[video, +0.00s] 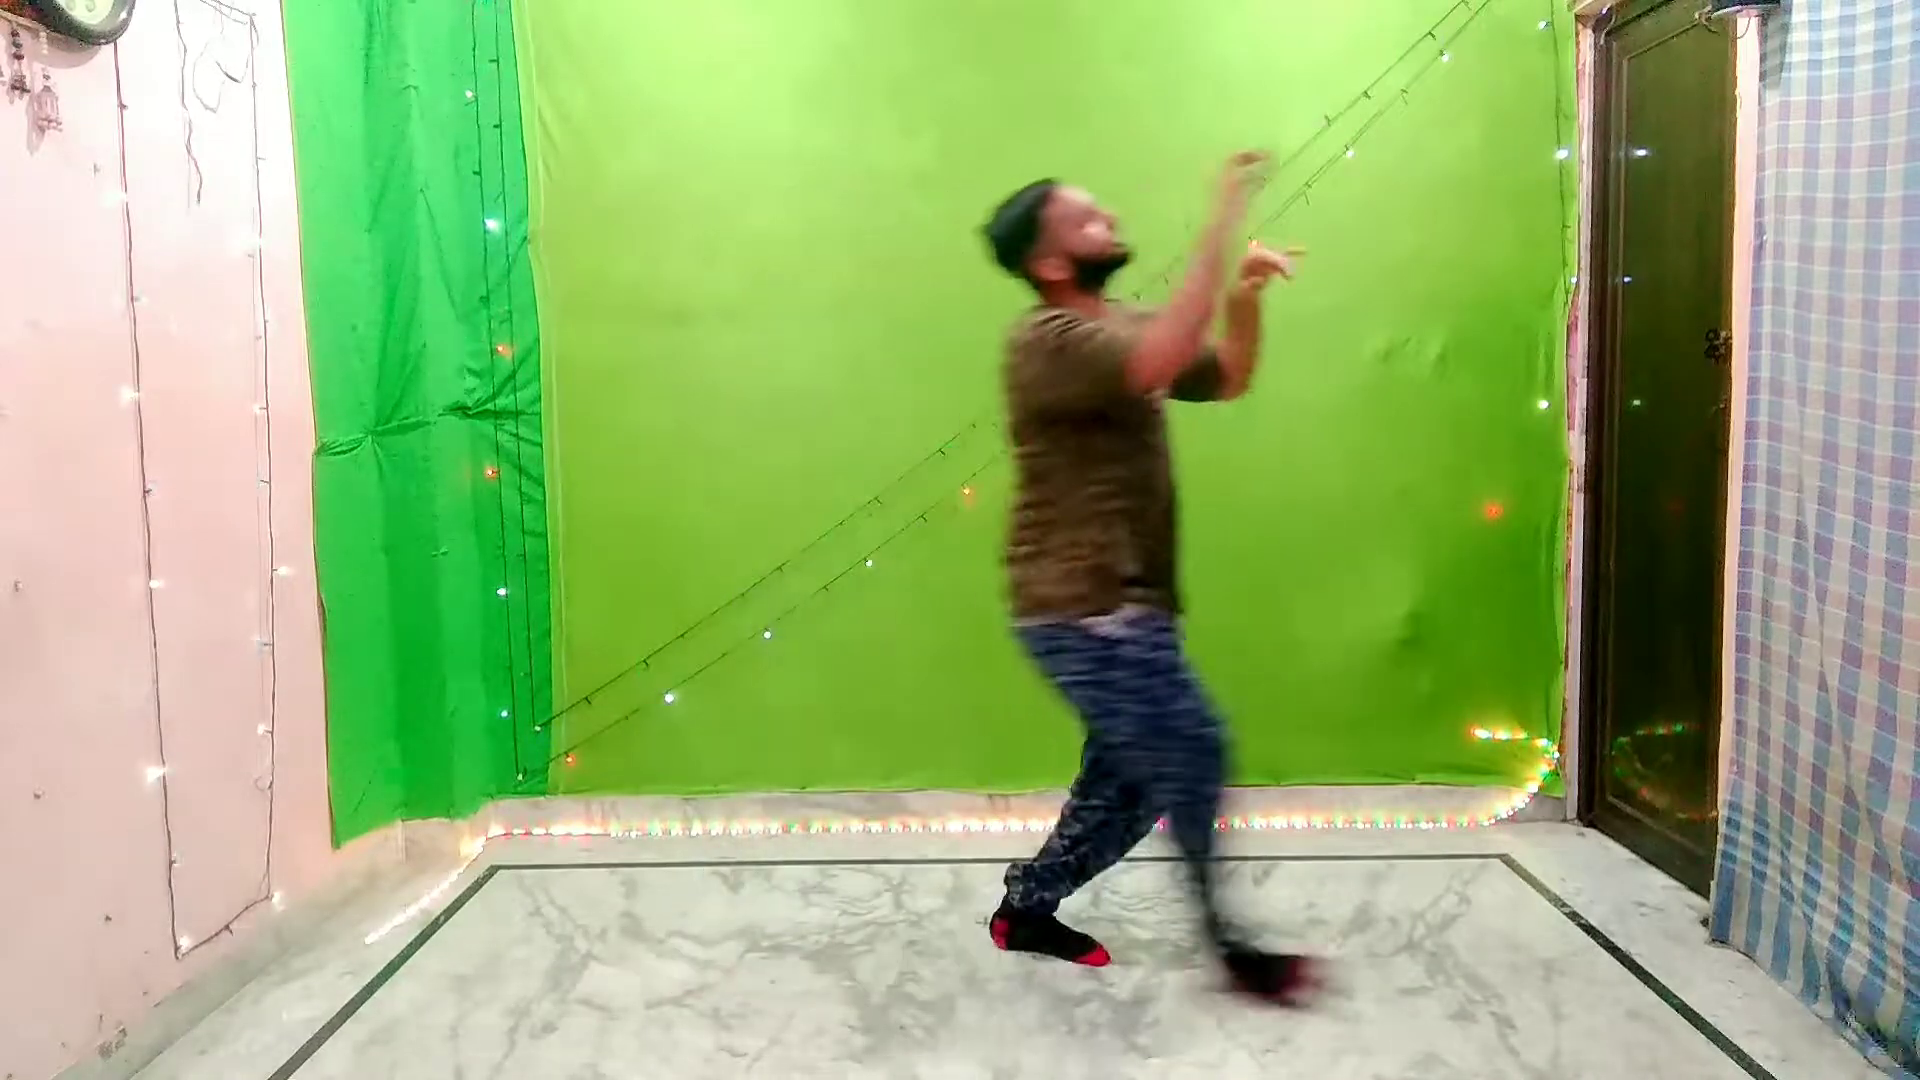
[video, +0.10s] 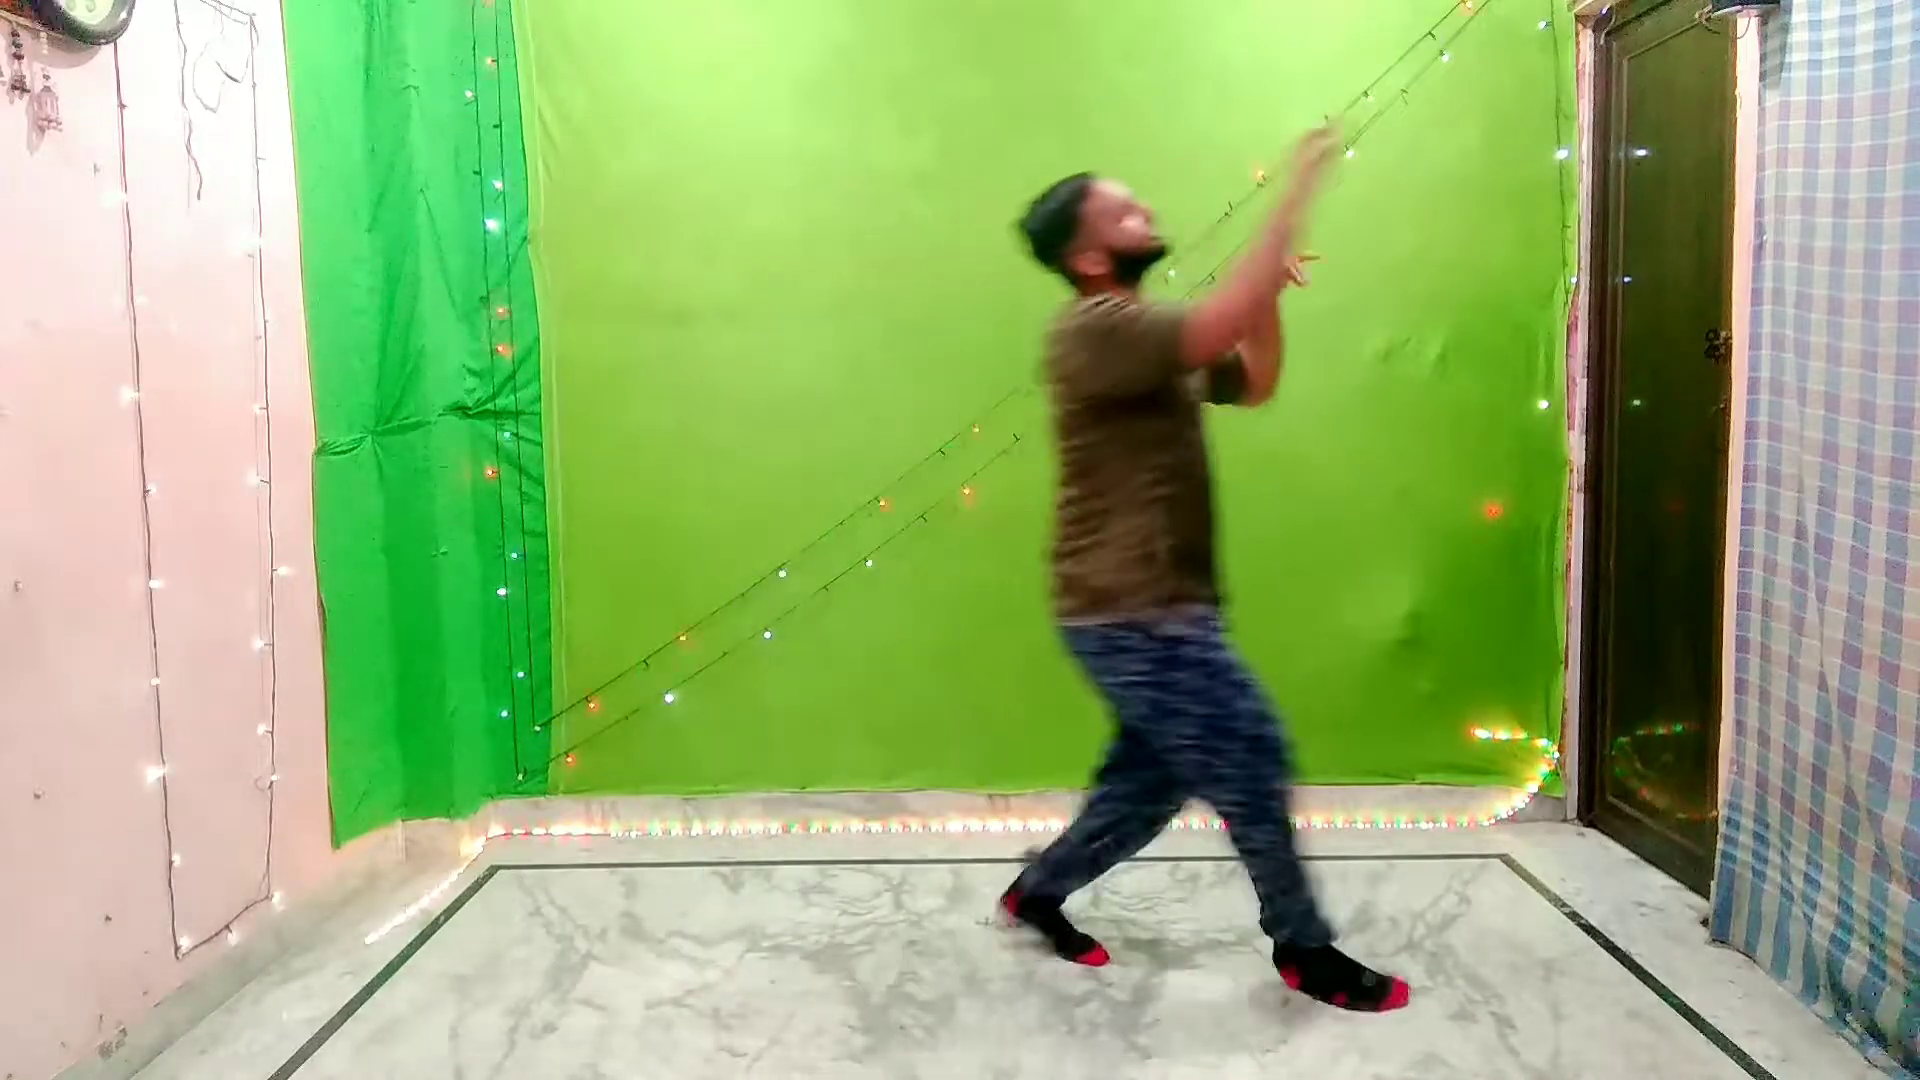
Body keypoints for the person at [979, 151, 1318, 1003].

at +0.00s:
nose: (1105, 219)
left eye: (1095, 208)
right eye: (1083, 216)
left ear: (1064, 258)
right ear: (1048, 260)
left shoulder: (1122, 326)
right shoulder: (1049, 341)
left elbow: (1225, 377)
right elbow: (1158, 358)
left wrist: (1245, 296)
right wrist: (1222, 224)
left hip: (1130, 604)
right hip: (1080, 610)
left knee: (1133, 774)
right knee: (1190, 745)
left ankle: (1030, 908)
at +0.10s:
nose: (1142, 209)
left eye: (1131, 198)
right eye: (1120, 206)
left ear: (1101, 247)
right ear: (1086, 248)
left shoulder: (1138, 329)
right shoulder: (1093, 332)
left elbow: (1250, 381)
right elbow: (1216, 326)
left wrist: (1265, 292)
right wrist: (1297, 193)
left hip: (1163, 606)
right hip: (1131, 611)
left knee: (1156, 773)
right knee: (1246, 750)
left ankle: (1038, 895)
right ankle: (1304, 948)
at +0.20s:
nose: (1195, 204)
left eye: (1183, 195)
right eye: (1174, 201)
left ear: (1140, 245)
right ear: (1140, 240)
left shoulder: (1176, 320)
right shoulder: (1170, 302)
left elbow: (1278, 421)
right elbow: (1310, 222)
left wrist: (1272, 312)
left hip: (1195, 604)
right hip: (1202, 603)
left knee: (1267, 765)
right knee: (1313, 765)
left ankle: (1141, 860)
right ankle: (1309, 952)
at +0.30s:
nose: (1229, 201)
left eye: (1215, 190)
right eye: (1208, 197)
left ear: (1173, 243)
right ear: (1174, 236)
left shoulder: (1210, 309)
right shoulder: (1197, 297)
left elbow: (1308, 410)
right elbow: (1345, 206)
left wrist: (1298, 300)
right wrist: (1477, 107)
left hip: (1258, 589)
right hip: (1215, 603)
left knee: (1364, 703)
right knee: (1332, 755)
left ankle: (1276, 858)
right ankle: (1310, 950)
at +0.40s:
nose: (1252, 193)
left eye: (1238, 183)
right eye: (1230, 190)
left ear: (1194, 235)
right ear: (1193, 230)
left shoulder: (1235, 306)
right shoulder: (1211, 294)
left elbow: (1329, 398)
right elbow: (1365, 201)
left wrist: (1326, 290)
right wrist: (1498, 101)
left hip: (1294, 584)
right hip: (1236, 597)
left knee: (1402, 700)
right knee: (1339, 755)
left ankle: (1396, 891)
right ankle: (1312, 952)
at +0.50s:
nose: (1272, 194)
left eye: (1260, 184)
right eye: (1252, 188)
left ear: (1216, 231)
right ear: (1214, 228)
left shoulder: (1255, 312)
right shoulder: (1215, 300)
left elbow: (1354, 399)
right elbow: (1368, 245)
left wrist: (1370, 286)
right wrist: (1481, 129)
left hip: (1351, 573)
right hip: (1287, 590)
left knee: (1438, 721)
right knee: (1365, 754)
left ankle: (1478, 896)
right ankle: (1313, 951)